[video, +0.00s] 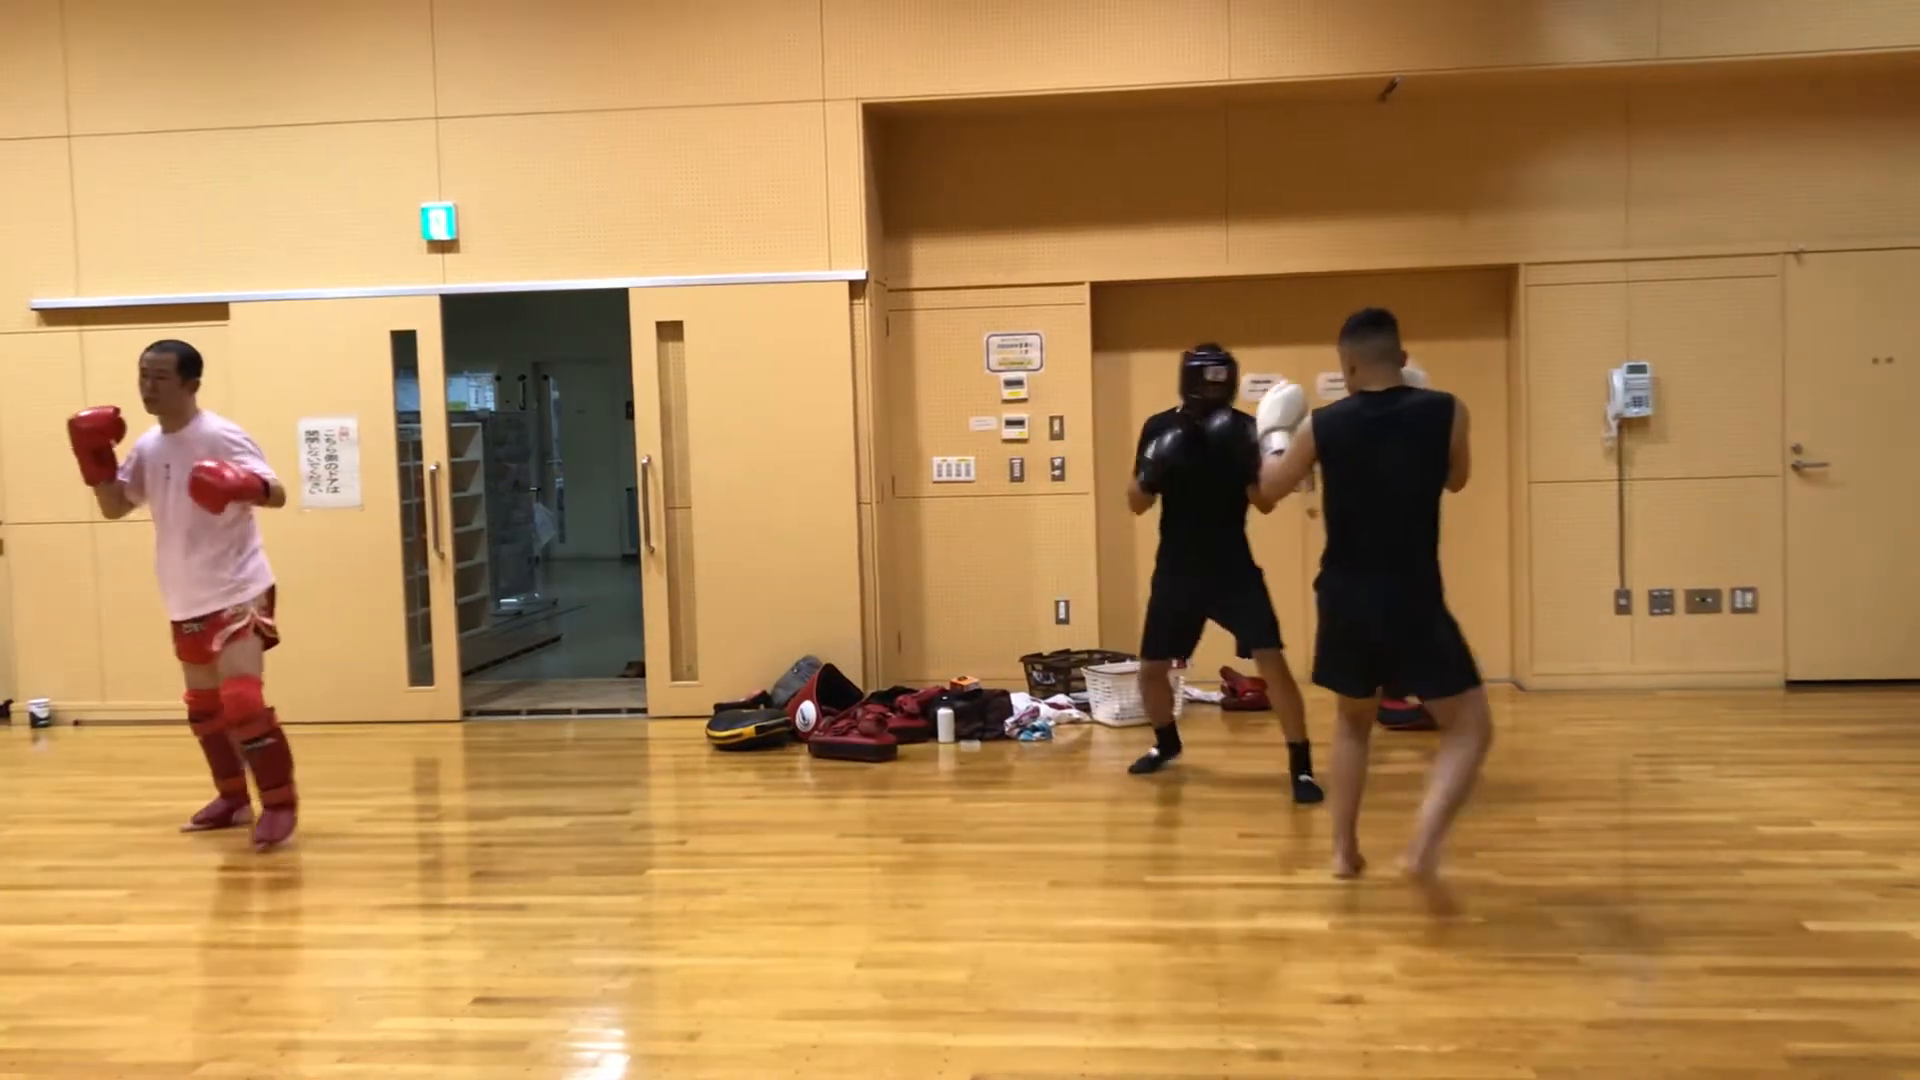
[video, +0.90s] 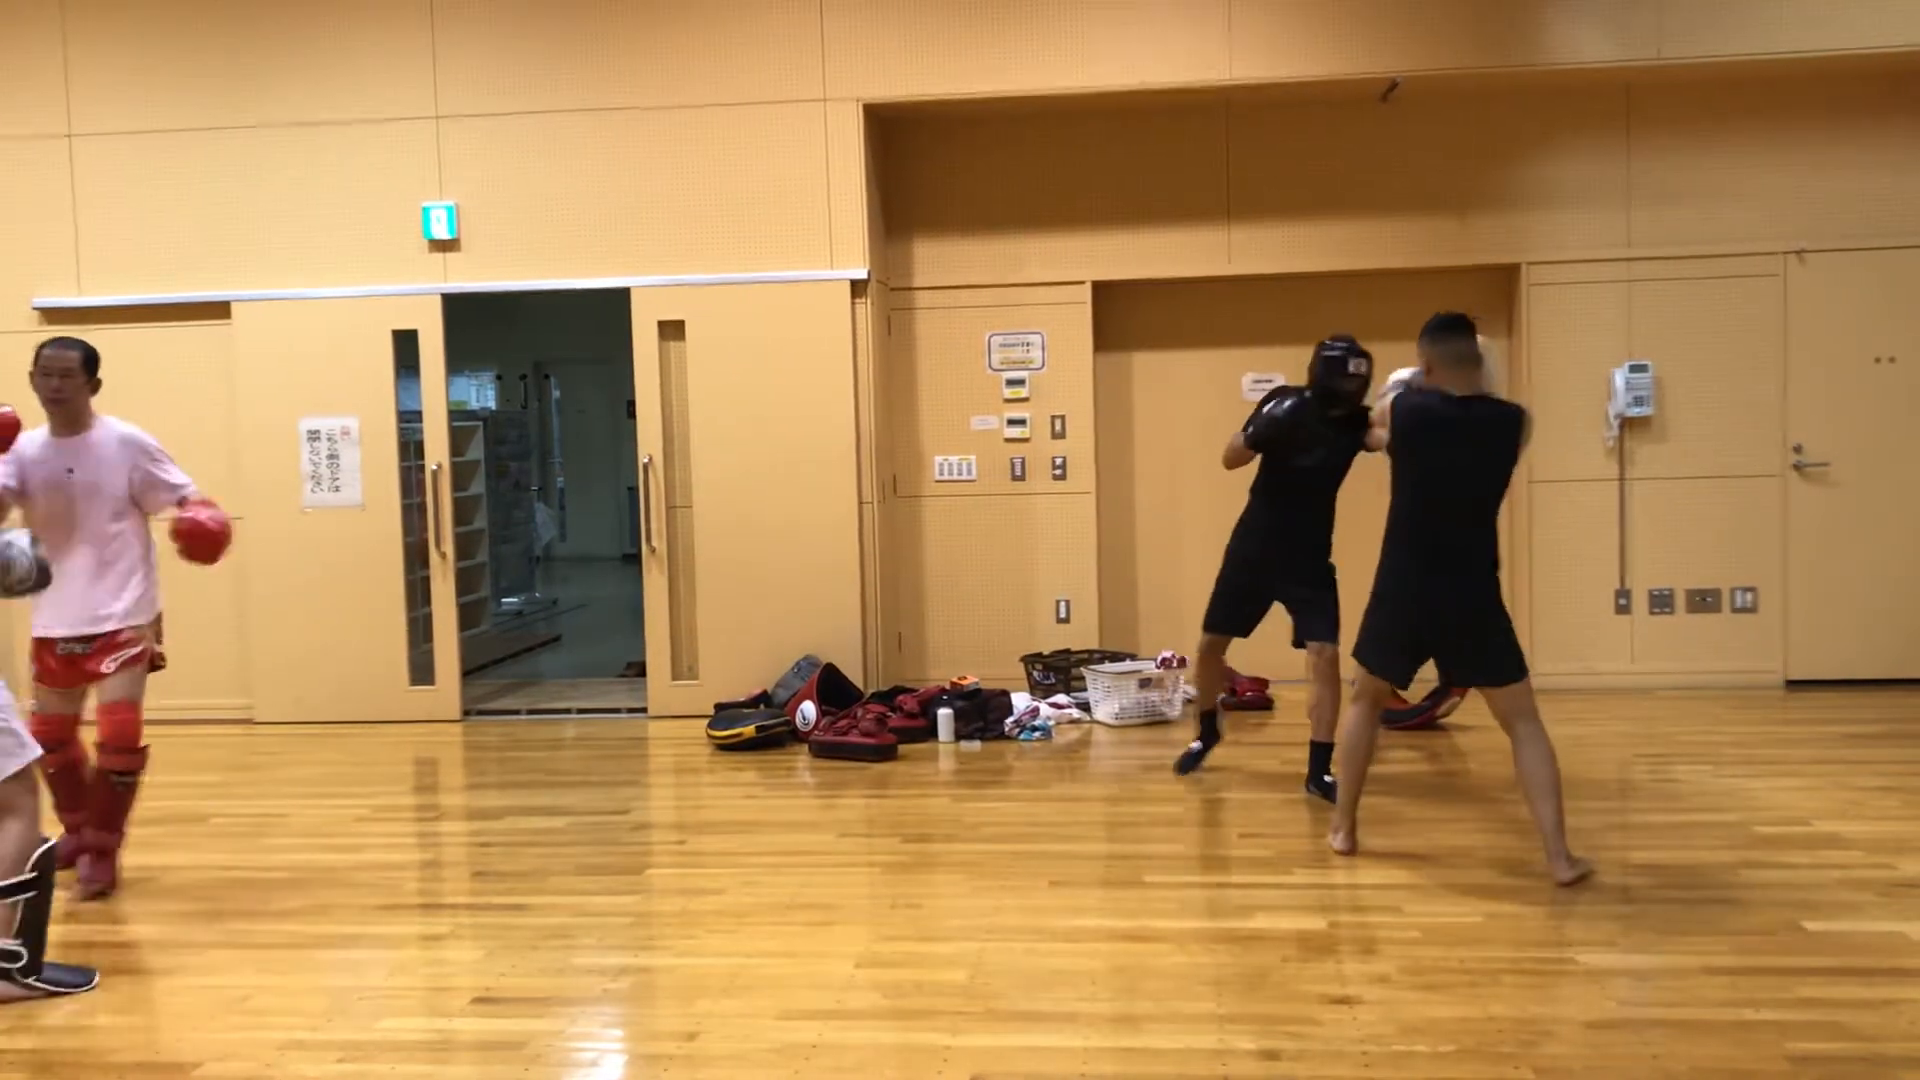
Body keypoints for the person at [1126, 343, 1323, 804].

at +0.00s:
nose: (1209, 394)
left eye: (1219, 383)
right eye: (1201, 383)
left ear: (1233, 385)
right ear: (1184, 383)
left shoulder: (1244, 429)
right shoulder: (1161, 428)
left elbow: (1266, 501)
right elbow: (1136, 503)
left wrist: (1245, 455)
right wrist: (1158, 463)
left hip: (1233, 565)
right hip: (1177, 567)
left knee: (1270, 660)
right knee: (1151, 666)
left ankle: (1301, 769)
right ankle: (1167, 744)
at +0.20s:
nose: (1265, 404)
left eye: (1273, 395)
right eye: (1256, 394)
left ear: (1279, 396)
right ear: (1231, 391)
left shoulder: (1275, 438)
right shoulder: (1192, 434)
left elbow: (1289, 512)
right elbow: (1152, 501)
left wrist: (1283, 457)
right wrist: (1191, 473)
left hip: (1244, 566)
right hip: (1191, 567)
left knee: (1288, 658)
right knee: (1168, 669)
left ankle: (1316, 771)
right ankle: (1146, 751)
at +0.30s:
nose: (1304, 412)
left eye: (1310, 403)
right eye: (1296, 402)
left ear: (1313, 407)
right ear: (1268, 399)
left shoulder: (1299, 455)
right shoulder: (1229, 434)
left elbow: (1294, 525)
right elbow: (1181, 492)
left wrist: (1315, 483)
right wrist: (1230, 465)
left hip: (1254, 570)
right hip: (1204, 570)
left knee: (1304, 658)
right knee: (1178, 670)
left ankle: (1317, 773)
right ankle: (1143, 746)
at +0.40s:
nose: (1325, 416)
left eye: (1328, 408)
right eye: (1320, 406)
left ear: (1321, 415)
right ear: (1298, 403)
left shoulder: (1300, 456)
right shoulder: (1256, 429)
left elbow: (1288, 524)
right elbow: (1248, 454)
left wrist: (1320, 508)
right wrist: (1303, 429)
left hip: (1260, 569)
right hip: (1213, 567)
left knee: (1308, 657)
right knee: (1183, 670)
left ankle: (1318, 773)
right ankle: (1145, 743)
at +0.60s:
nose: (1333, 395)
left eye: (1343, 388)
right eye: (1329, 383)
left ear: (1354, 398)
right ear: (1315, 384)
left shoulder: (1345, 448)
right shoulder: (1282, 411)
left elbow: (1345, 528)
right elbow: (1252, 442)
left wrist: (1370, 485)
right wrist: (1301, 415)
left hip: (1282, 560)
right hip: (1230, 554)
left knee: (1321, 659)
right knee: (1184, 658)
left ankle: (1315, 774)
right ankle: (1139, 742)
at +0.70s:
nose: (1337, 402)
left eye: (1347, 396)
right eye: (1331, 392)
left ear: (1360, 400)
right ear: (1317, 386)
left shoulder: (1356, 437)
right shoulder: (1282, 410)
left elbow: (1383, 507)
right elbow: (1230, 448)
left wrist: (1394, 447)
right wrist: (1282, 417)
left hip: (1289, 558)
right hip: (1235, 551)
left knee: (1322, 658)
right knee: (1189, 652)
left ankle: (1316, 774)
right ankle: (1145, 740)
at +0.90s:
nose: (1351, 387)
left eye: (1359, 379)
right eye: (1342, 377)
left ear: (1365, 382)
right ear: (1318, 374)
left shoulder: (1356, 423)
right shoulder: (1286, 408)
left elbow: (1391, 442)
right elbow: (1231, 459)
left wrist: (1398, 413)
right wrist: (1265, 421)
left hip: (1310, 553)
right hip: (1255, 548)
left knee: (1325, 656)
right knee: (1209, 648)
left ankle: (1319, 772)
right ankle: (1207, 734)